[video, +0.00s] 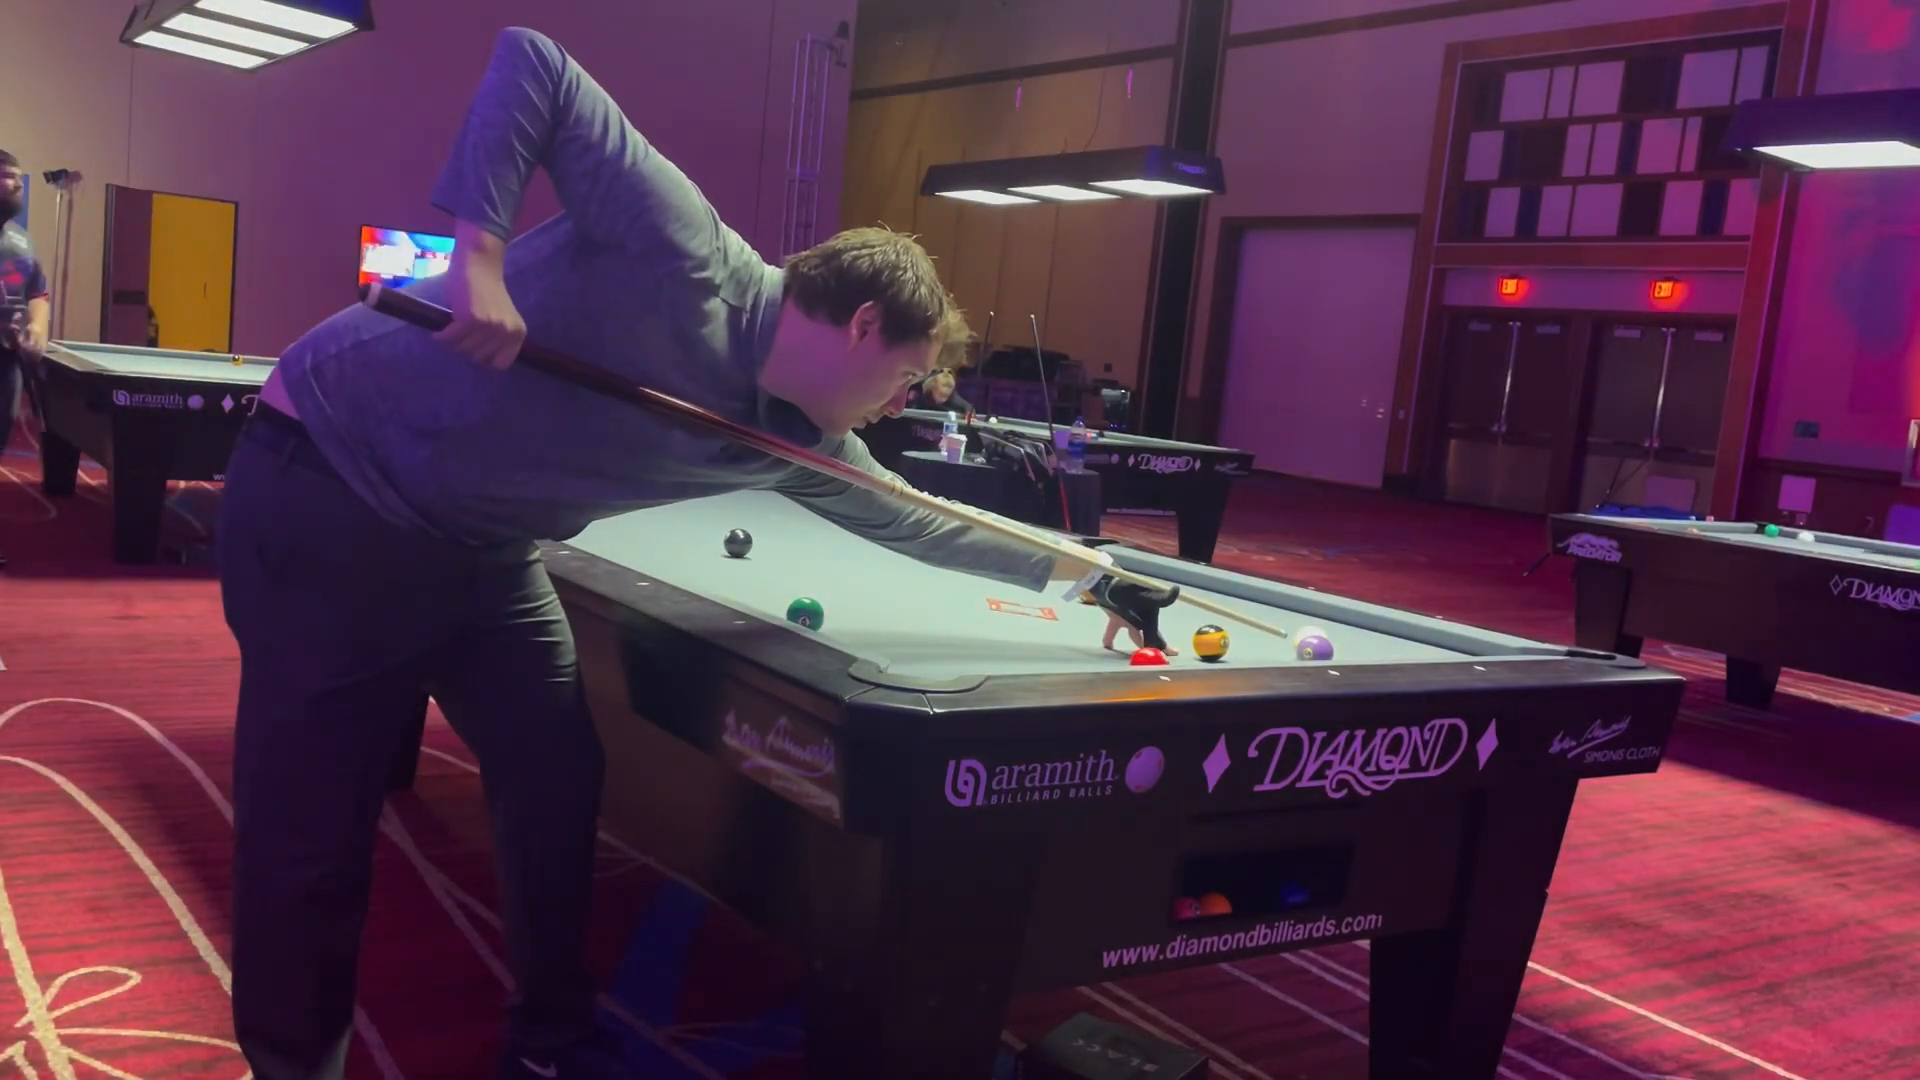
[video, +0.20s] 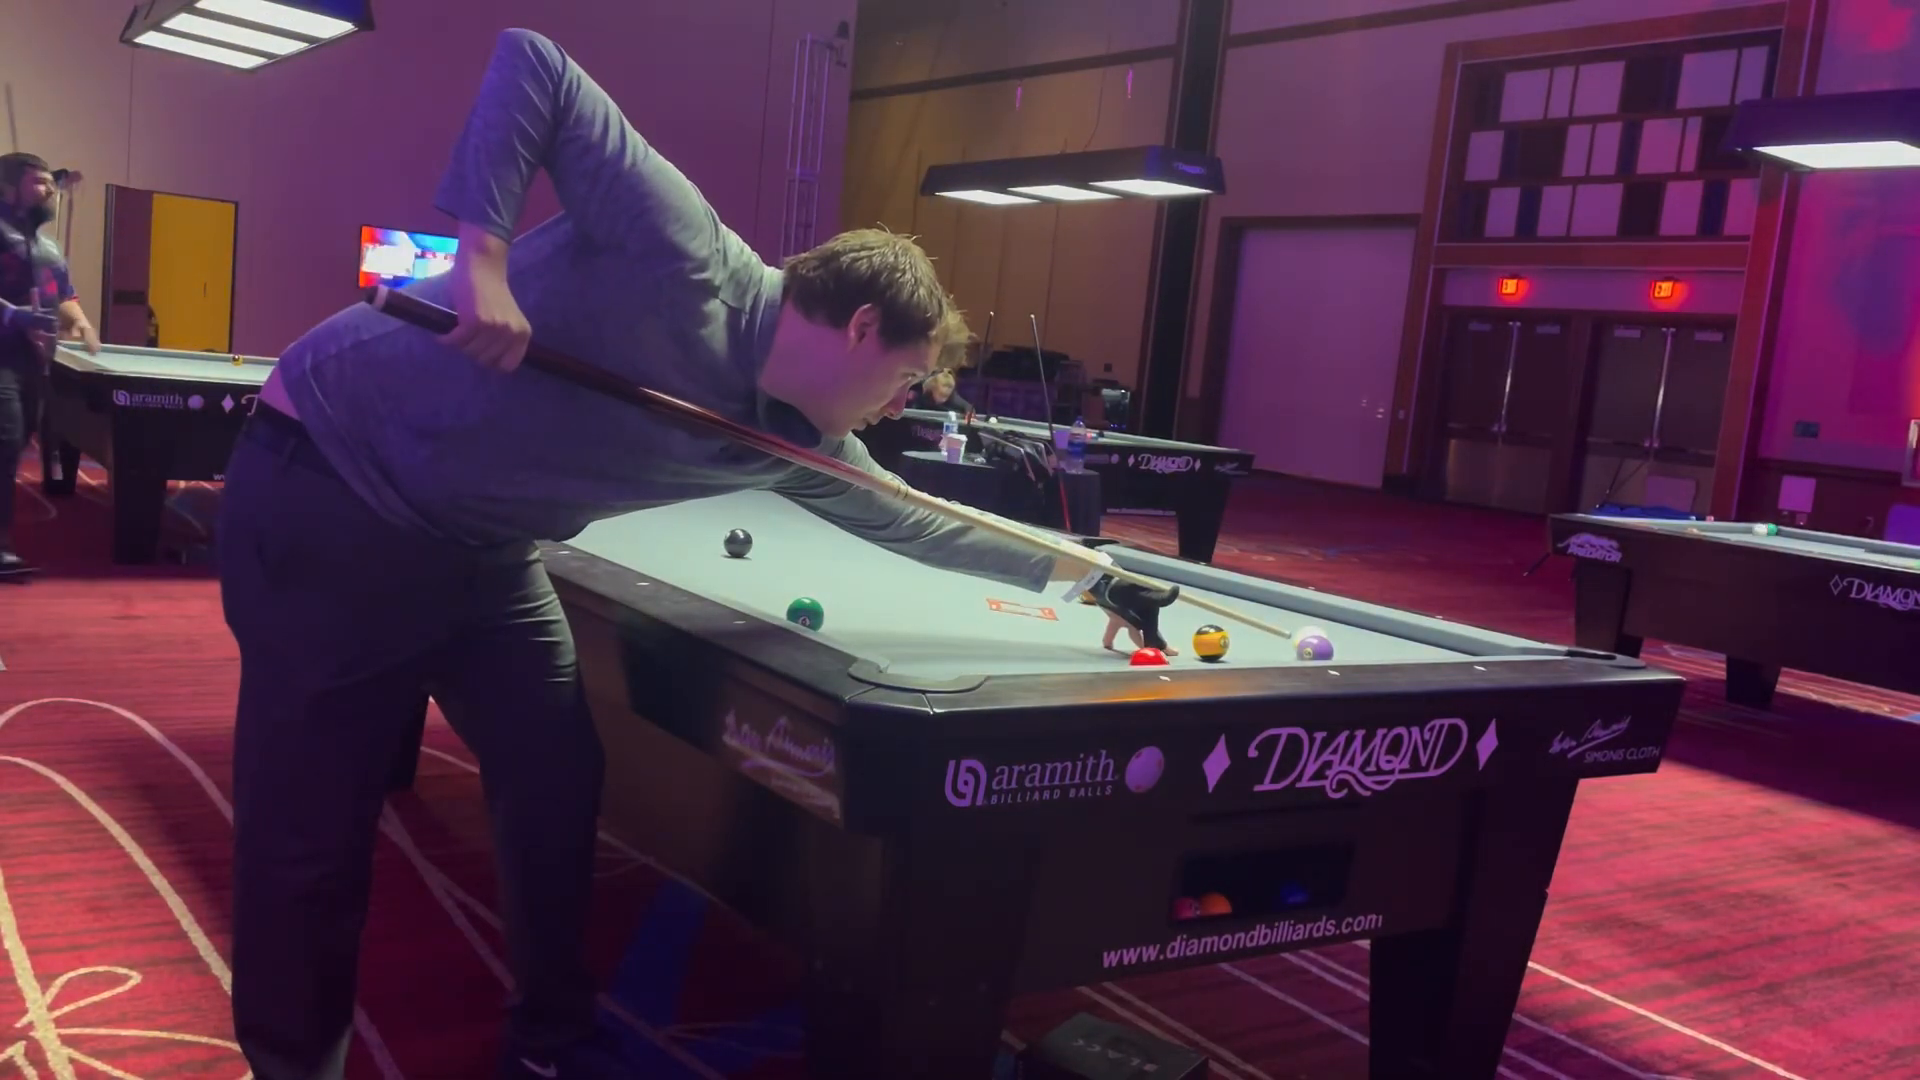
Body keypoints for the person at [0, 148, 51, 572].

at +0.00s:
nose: (14, 184)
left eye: (16, 177)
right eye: (8, 177)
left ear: (21, 185)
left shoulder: (19, 242)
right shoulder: (13, 245)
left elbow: (38, 290)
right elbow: (39, 290)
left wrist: (39, 328)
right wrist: (25, 329)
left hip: (10, 360)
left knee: (3, 438)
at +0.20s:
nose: (47, 189)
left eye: (48, 183)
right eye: (37, 181)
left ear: (50, 191)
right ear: (11, 188)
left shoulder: (45, 245)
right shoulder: (3, 237)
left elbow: (61, 294)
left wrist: (80, 320)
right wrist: (19, 321)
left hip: (31, 355)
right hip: (6, 354)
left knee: (18, 440)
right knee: (10, 439)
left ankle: (4, 542)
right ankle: (2, 545)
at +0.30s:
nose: (63, 194)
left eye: (64, 188)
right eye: (54, 187)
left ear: (62, 196)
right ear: (27, 193)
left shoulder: (59, 245)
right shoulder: (11, 233)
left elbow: (75, 302)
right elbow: (4, 293)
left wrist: (109, 332)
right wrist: (37, 320)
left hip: (48, 360)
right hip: (18, 358)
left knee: (46, 447)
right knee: (30, 449)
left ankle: (52, 545)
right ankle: (50, 546)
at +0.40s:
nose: (82, 198)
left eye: (82, 192)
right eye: (72, 191)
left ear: (72, 201)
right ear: (44, 198)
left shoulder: (67, 244)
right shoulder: (24, 238)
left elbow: (88, 312)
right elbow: (9, 295)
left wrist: (131, 340)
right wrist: (65, 328)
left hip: (59, 366)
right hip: (35, 368)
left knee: (20, 462)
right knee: (61, 461)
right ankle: (75, 560)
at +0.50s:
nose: (105, 199)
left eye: (106, 193)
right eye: (97, 191)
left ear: (92, 201)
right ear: (68, 197)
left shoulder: (86, 244)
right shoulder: (50, 238)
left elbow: (102, 315)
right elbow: (36, 299)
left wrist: (141, 345)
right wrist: (104, 333)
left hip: (81, 369)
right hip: (57, 369)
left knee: (61, 462)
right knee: (81, 458)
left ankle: (2, 518)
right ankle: (79, 561)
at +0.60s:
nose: (126, 194)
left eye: (124, 187)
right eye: (116, 187)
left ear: (94, 197)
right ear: (86, 194)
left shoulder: (101, 239)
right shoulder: (73, 236)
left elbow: (121, 306)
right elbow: (71, 298)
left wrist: (154, 346)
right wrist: (138, 331)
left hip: (100, 369)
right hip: (75, 370)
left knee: (96, 460)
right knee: (91, 460)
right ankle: (82, 562)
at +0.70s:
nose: (147, 195)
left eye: (147, 188)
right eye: (139, 188)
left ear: (118, 195)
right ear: (112, 193)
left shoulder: (116, 233)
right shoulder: (100, 234)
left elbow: (114, 301)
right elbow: (104, 296)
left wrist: (157, 343)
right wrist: (169, 329)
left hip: (119, 370)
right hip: (96, 371)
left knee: (149, 453)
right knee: (100, 462)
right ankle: (83, 562)